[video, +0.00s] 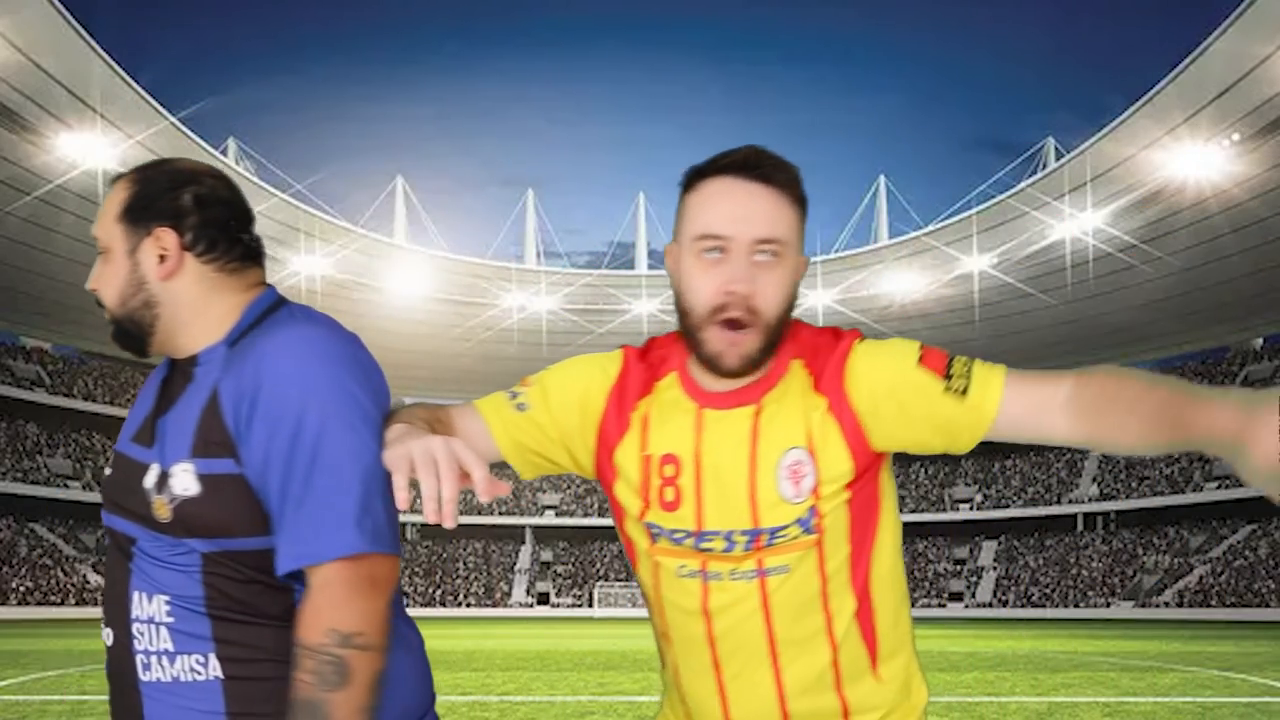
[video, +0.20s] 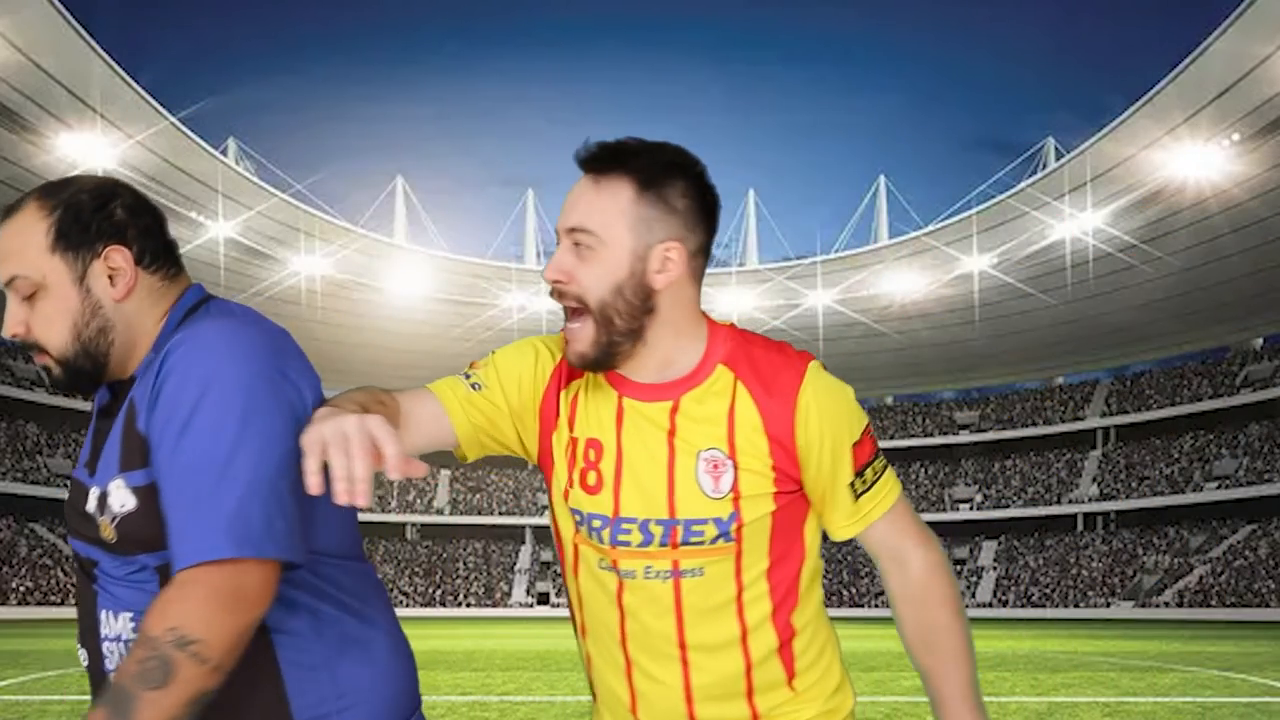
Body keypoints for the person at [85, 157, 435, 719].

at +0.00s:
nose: (92, 283)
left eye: (104, 253)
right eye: (96, 255)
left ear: (164, 252)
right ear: (161, 255)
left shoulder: (303, 359)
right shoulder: (166, 382)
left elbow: (354, 580)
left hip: (278, 704)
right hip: (165, 700)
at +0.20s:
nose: (11, 326)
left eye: (28, 293)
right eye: (12, 300)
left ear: (114, 274)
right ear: (114, 279)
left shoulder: (220, 356)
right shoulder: (123, 385)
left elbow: (229, 581)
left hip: (308, 704)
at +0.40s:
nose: (13, 337)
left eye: (37, 303)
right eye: (9, 309)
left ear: (134, 283)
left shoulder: (220, 392)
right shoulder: (116, 387)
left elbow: (208, 628)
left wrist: (63, 711)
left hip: (266, 704)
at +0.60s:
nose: (50, 328)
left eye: (77, 294)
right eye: (25, 303)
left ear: (153, 277)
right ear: (12, 305)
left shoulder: (254, 381)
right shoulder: (47, 390)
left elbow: (301, 591)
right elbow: (50, 581)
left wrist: (133, 710)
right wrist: (20, 701)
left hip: (262, 708)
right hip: (75, 706)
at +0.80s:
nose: (134, 307)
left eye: (157, 271)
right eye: (100, 280)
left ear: (194, 260)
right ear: (53, 279)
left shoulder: (288, 367)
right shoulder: (15, 379)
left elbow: (364, 534)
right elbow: (17, 528)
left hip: (273, 709)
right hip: (81, 707)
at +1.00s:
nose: (232, 296)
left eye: (246, 264)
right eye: (199, 267)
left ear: (259, 261)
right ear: (127, 268)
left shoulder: (326, 368)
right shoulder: (30, 376)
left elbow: (395, 497)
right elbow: (4, 531)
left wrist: (371, 567)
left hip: (297, 711)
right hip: (97, 710)